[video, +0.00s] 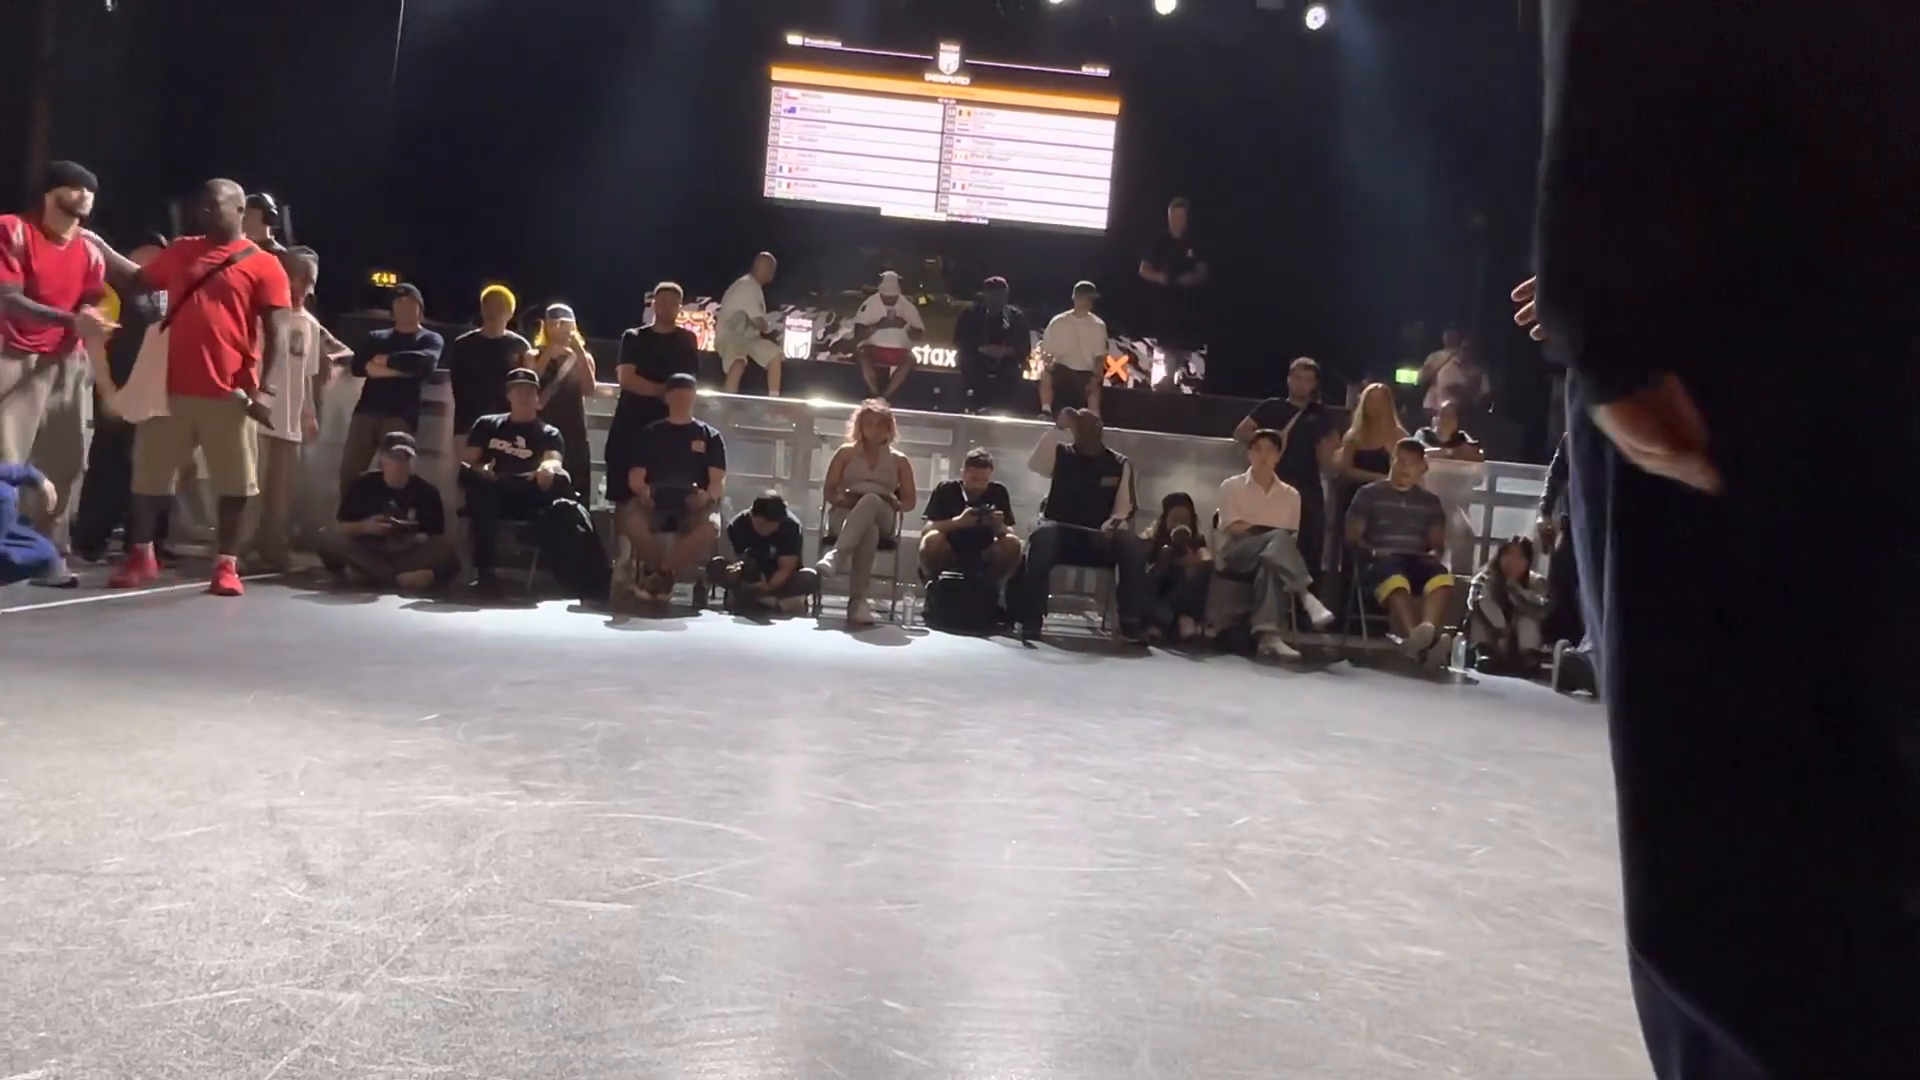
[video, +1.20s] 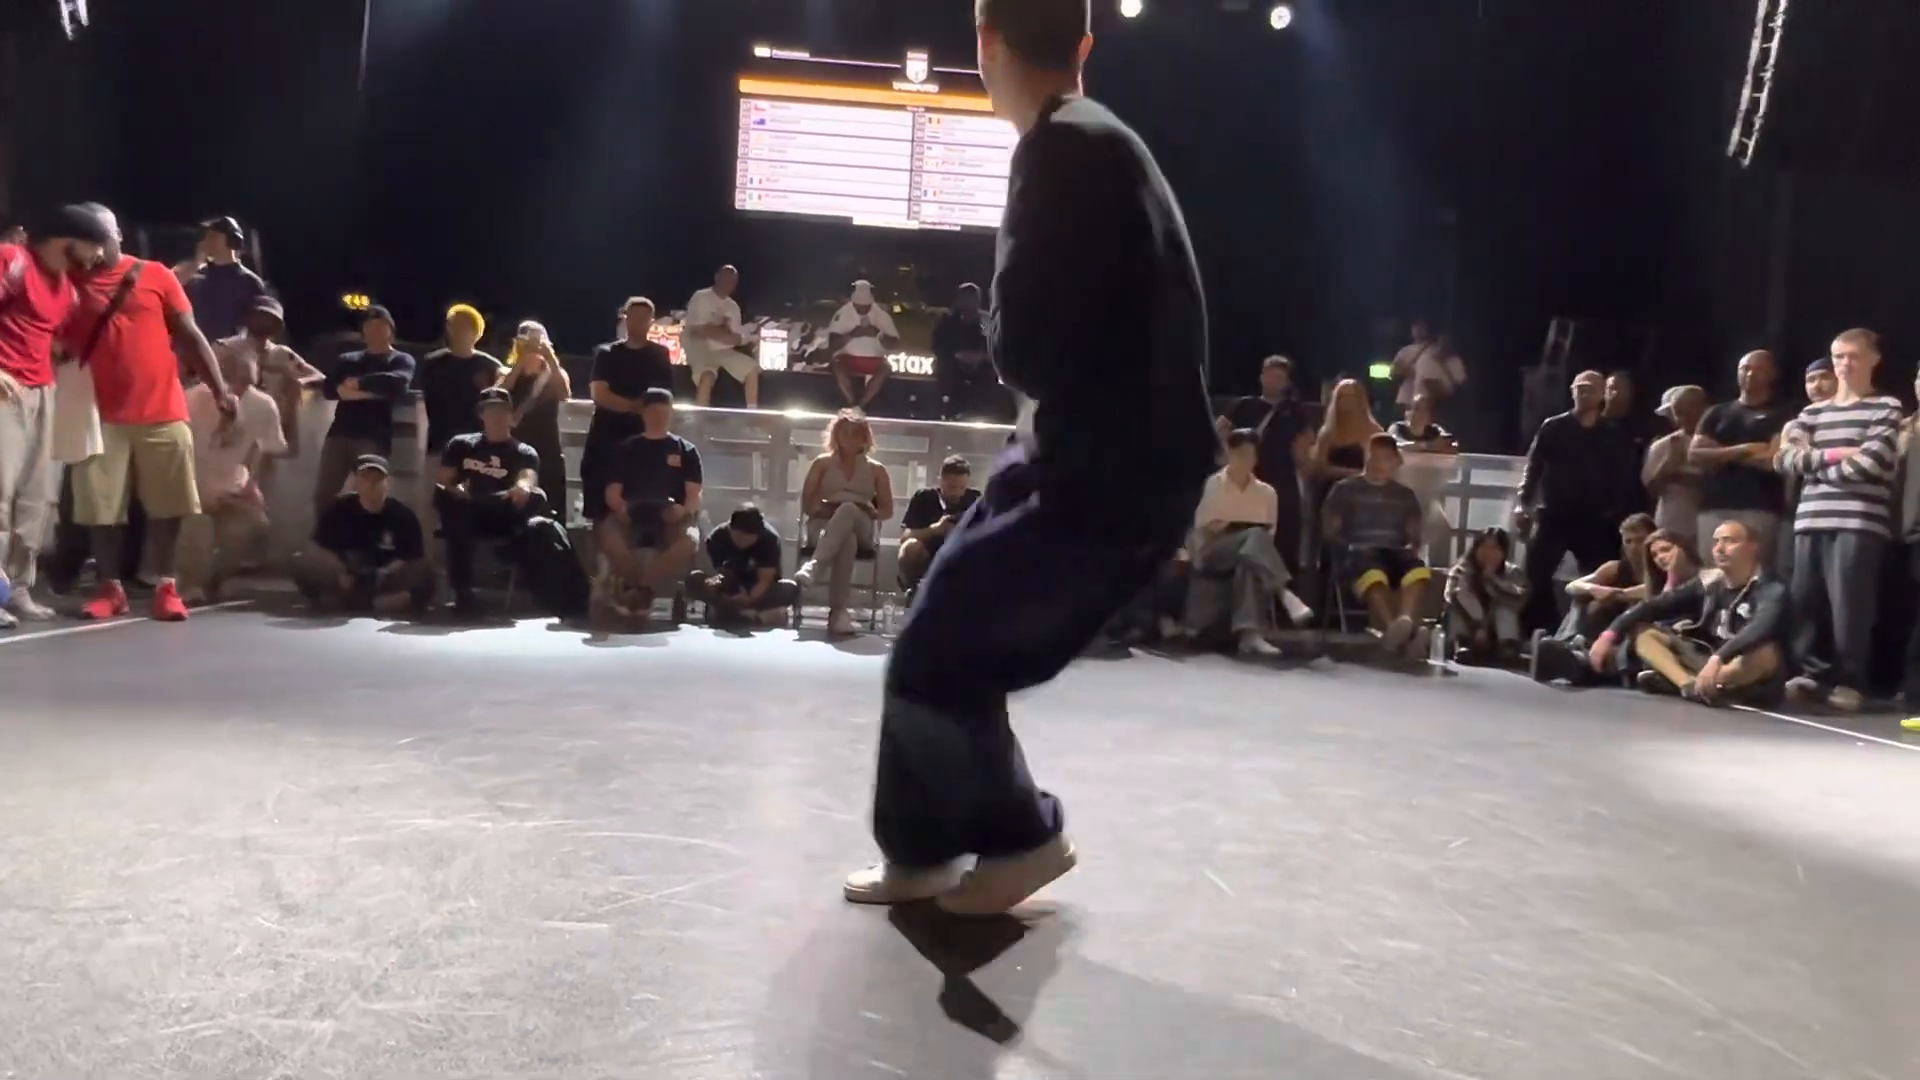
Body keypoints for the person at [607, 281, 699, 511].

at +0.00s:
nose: (668, 307)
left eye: (673, 302)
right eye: (663, 301)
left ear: (679, 307)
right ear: (654, 304)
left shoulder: (687, 339)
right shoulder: (633, 336)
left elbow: (688, 386)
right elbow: (625, 378)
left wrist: (639, 380)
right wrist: (664, 391)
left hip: (668, 424)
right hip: (631, 421)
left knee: (665, 491)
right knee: (624, 493)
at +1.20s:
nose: (639, 324)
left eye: (644, 318)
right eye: (634, 317)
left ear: (651, 322)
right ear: (625, 319)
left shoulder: (659, 354)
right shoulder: (606, 352)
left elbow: (663, 400)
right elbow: (598, 395)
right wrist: (636, 406)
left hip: (644, 440)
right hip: (606, 438)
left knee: (642, 507)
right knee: (601, 509)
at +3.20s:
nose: (653, 342)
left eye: (658, 338)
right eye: (648, 337)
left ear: (664, 342)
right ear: (637, 339)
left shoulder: (672, 373)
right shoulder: (618, 372)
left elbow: (676, 419)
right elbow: (613, 415)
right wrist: (651, 425)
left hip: (658, 459)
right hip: (620, 458)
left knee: (658, 526)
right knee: (617, 529)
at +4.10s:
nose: (663, 330)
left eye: (668, 325)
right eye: (658, 324)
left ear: (675, 331)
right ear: (648, 328)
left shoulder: (683, 361)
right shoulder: (630, 361)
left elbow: (686, 409)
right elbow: (624, 403)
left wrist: (637, 406)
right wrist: (664, 414)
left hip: (669, 450)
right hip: (631, 448)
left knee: (668, 517)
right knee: (627, 519)